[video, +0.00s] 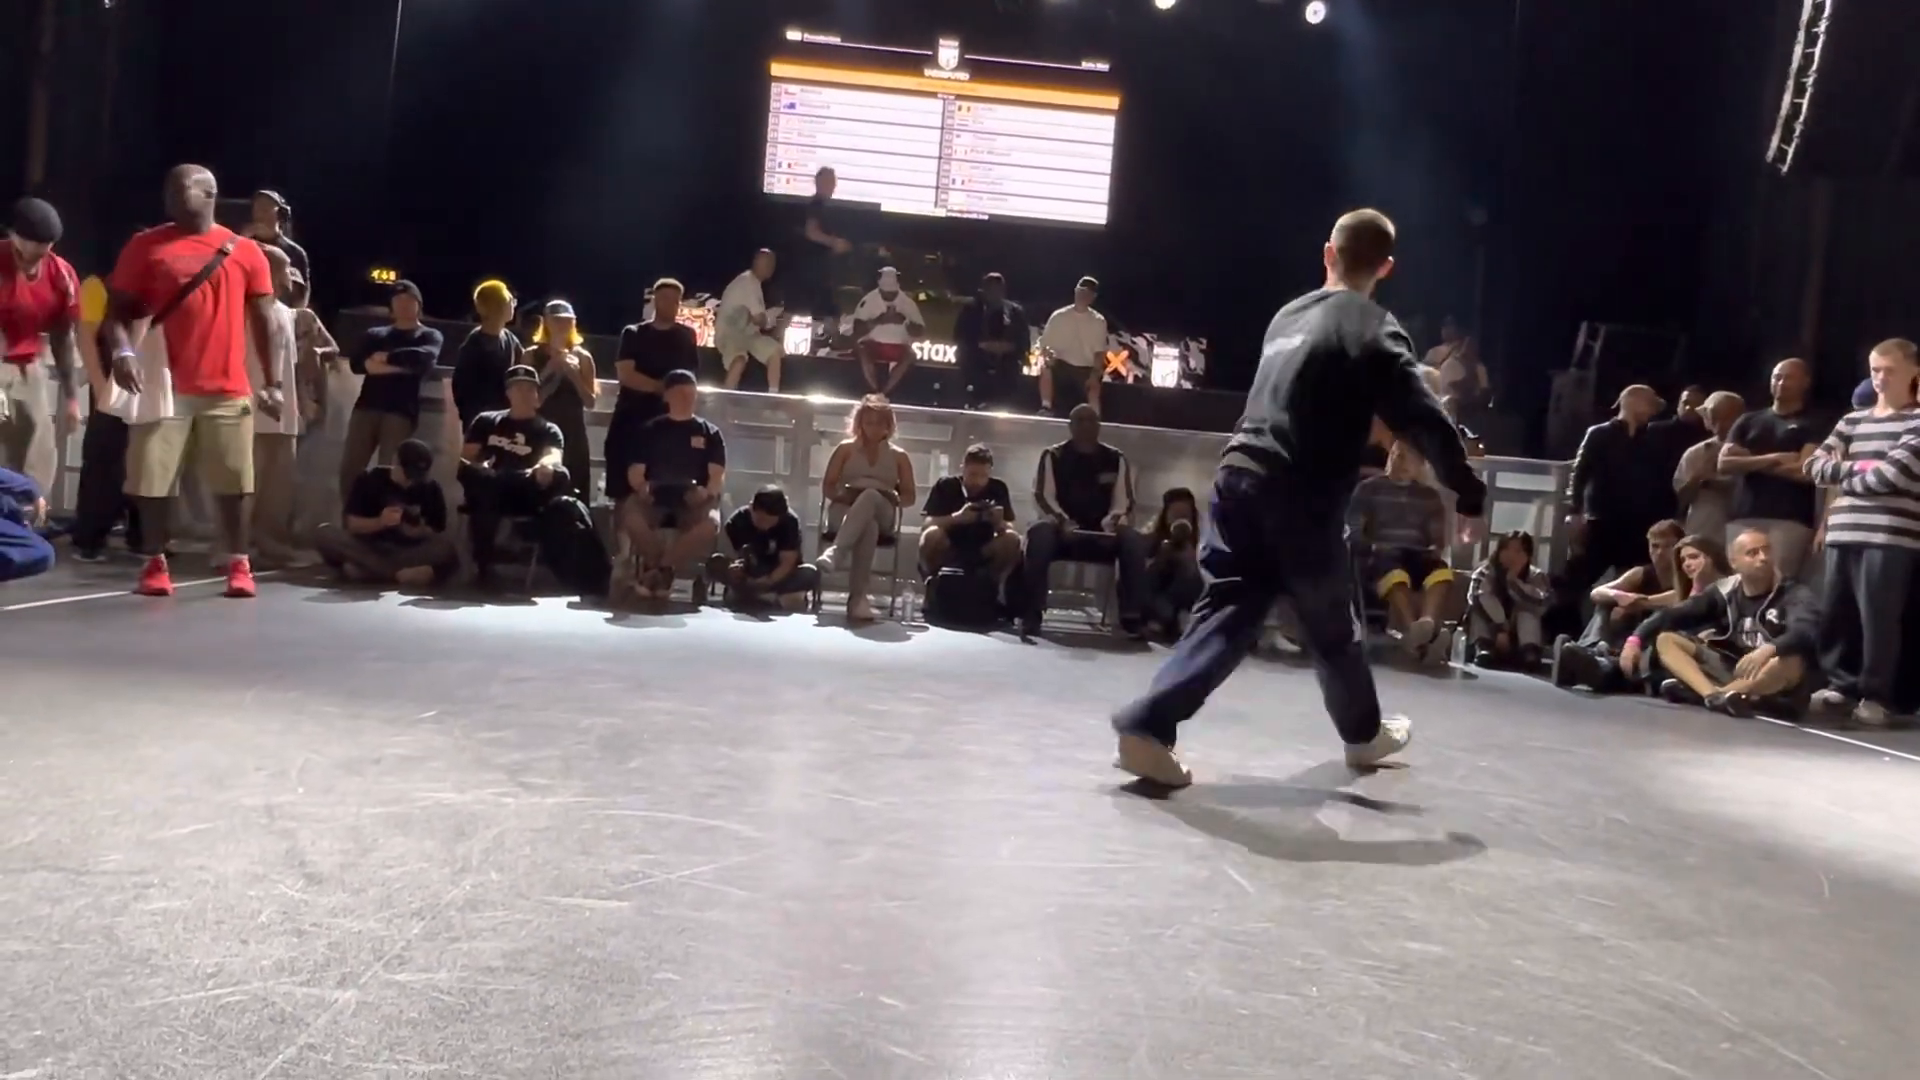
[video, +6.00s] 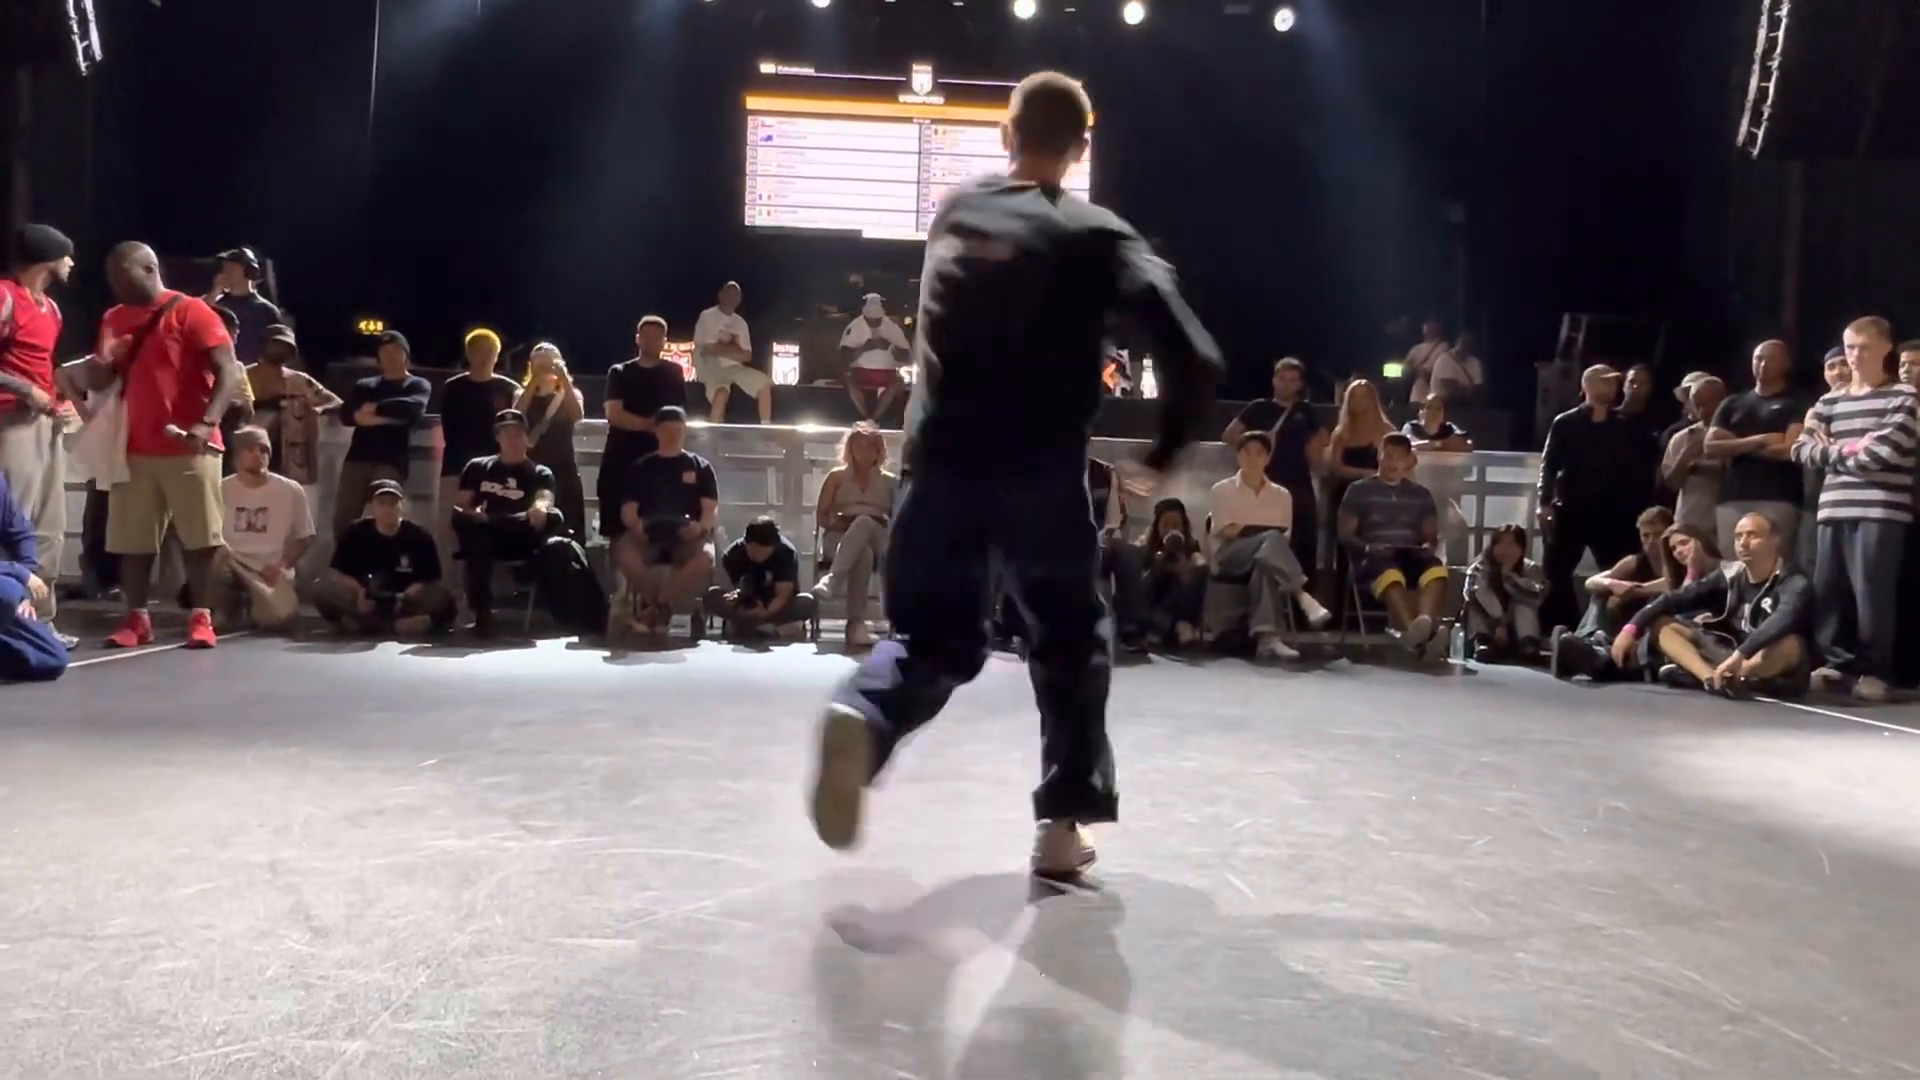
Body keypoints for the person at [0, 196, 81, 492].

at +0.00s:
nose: (40, 250)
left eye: (46, 244)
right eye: (33, 242)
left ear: (53, 241)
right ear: (15, 235)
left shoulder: (61, 274)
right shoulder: (3, 263)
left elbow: (63, 338)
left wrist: (71, 397)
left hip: (32, 366)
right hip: (2, 365)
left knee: (40, 448)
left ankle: (31, 527)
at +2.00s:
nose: (71, 216)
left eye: (68, 209)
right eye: (63, 211)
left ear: (48, 220)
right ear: (38, 218)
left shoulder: (60, 251)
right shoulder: (8, 259)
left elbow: (60, 297)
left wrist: (75, 338)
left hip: (45, 343)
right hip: (9, 347)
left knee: (61, 434)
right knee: (6, 436)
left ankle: (73, 515)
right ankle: (7, 513)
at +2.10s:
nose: (73, 205)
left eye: (70, 198)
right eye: (65, 199)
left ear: (49, 209)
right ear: (44, 207)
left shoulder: (63, 249)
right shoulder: (8, 253)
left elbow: (60, 300)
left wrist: (73, 342)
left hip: (49, 355)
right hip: (9, 361)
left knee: (62, 444)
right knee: (6, 449)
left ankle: (70, 526)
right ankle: (7, 531)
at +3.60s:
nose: (89, 243)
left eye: (92, 236)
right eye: (84, 233)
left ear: (68, 229)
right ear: (58, 223)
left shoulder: (73, 272)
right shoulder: (14, 250)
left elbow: (66, 322)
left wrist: (70, 337)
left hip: (52, 380)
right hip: (10, 380)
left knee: (47, 485)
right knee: (6, 486)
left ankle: (32, 579)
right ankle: (4, 582)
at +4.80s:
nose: (78, 291)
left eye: (82, 285)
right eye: (73, 282)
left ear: (69, 280)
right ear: (50, 272)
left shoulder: (68, 322)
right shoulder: (11, 298)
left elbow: (69, 375)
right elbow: (4, 309)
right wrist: (4, 297)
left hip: (46, 425)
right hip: (7, 424)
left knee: (42, 525)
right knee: (6, 521)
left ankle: (27, 622)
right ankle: (8, 621)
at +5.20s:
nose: (75, 289)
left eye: (77, 282)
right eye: (70, 281)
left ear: (58, 280)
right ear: (45, 275)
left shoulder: (67, 324)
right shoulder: (8, 304)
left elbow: (64, 379)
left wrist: (56, 414)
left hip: (47, 428)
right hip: (8, 428)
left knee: (47, 525)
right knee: (7, 524)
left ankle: (33, 623)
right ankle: (9, 623)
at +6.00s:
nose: (69, 264)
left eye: (68, 257)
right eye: (64, 258)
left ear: (42, 260)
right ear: (45, 260)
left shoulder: (52, 308)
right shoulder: (9, 296)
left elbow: (43, 364)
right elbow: (4, 363)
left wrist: (63, 400)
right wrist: (28, 390)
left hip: (48, 419)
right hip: (16, 421)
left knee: (50, 520)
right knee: (17, 518)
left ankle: (40, 619)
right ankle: (15, 617)